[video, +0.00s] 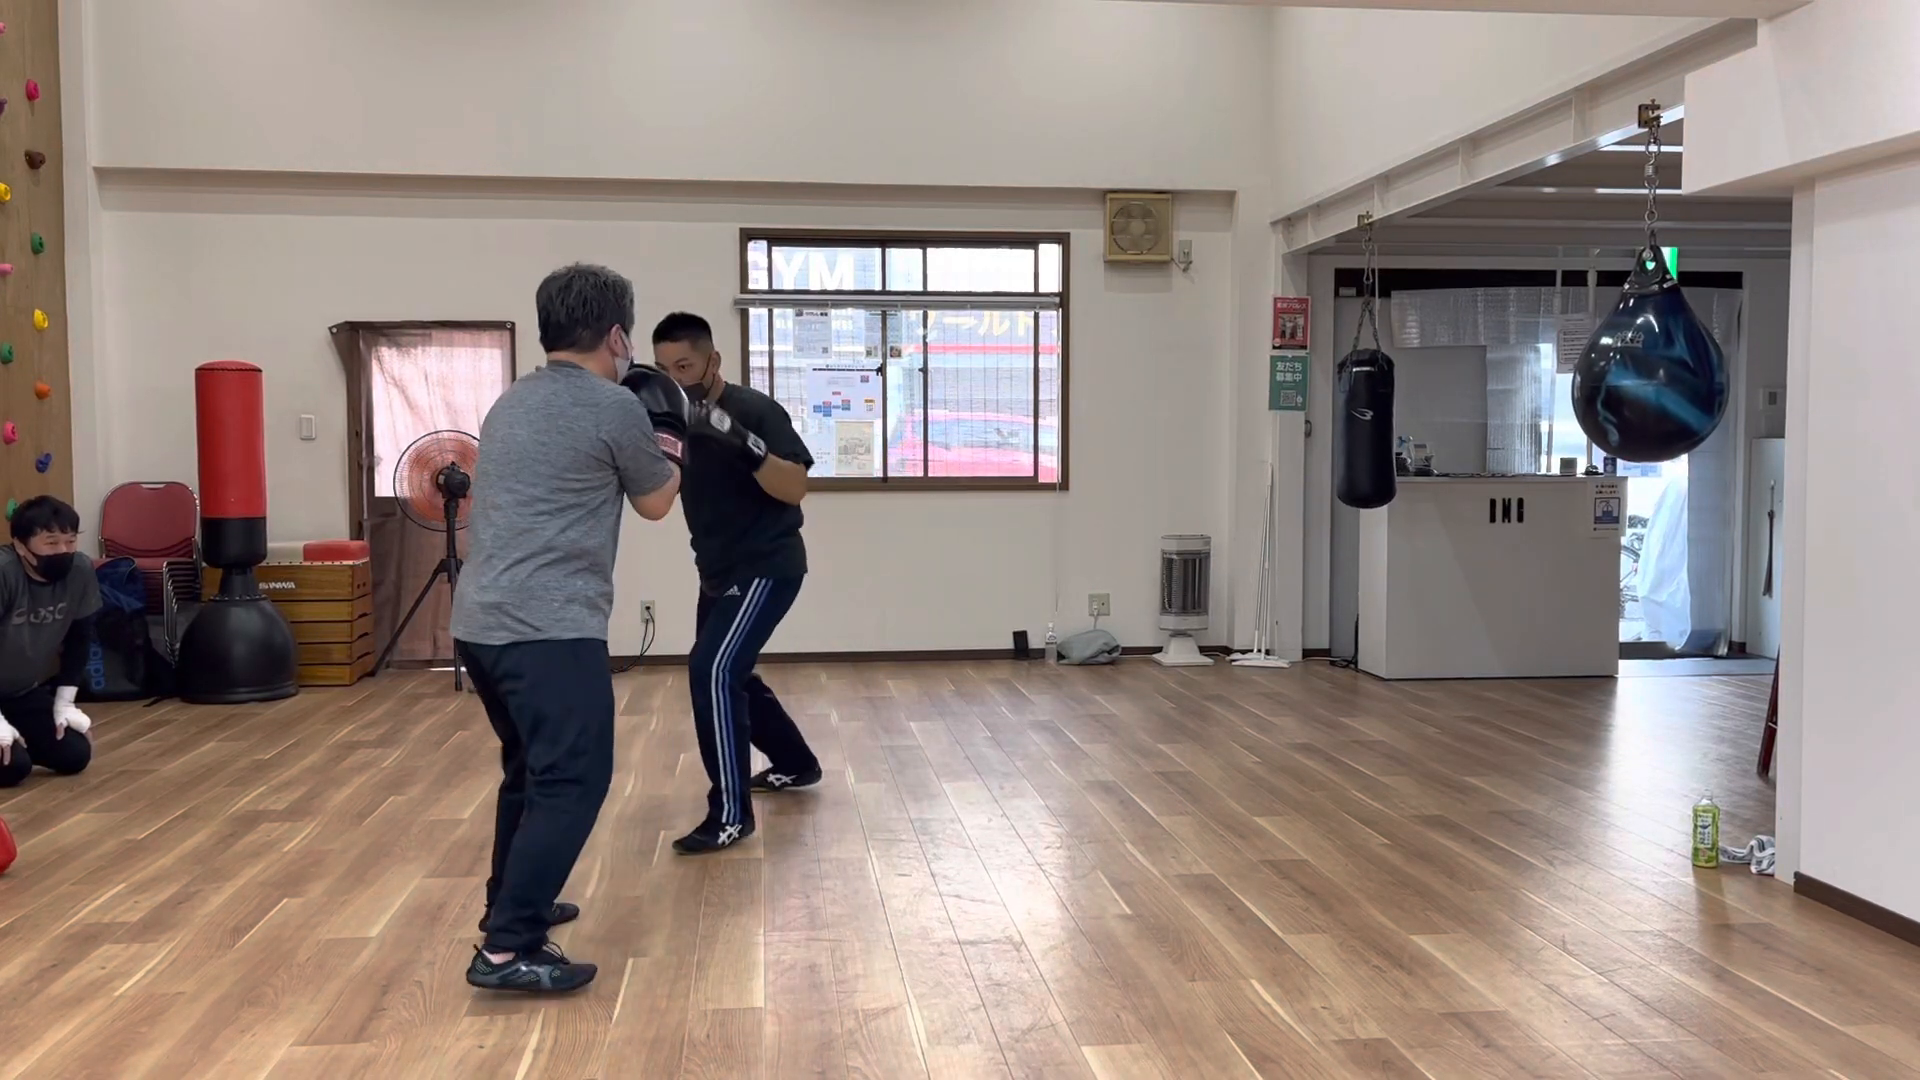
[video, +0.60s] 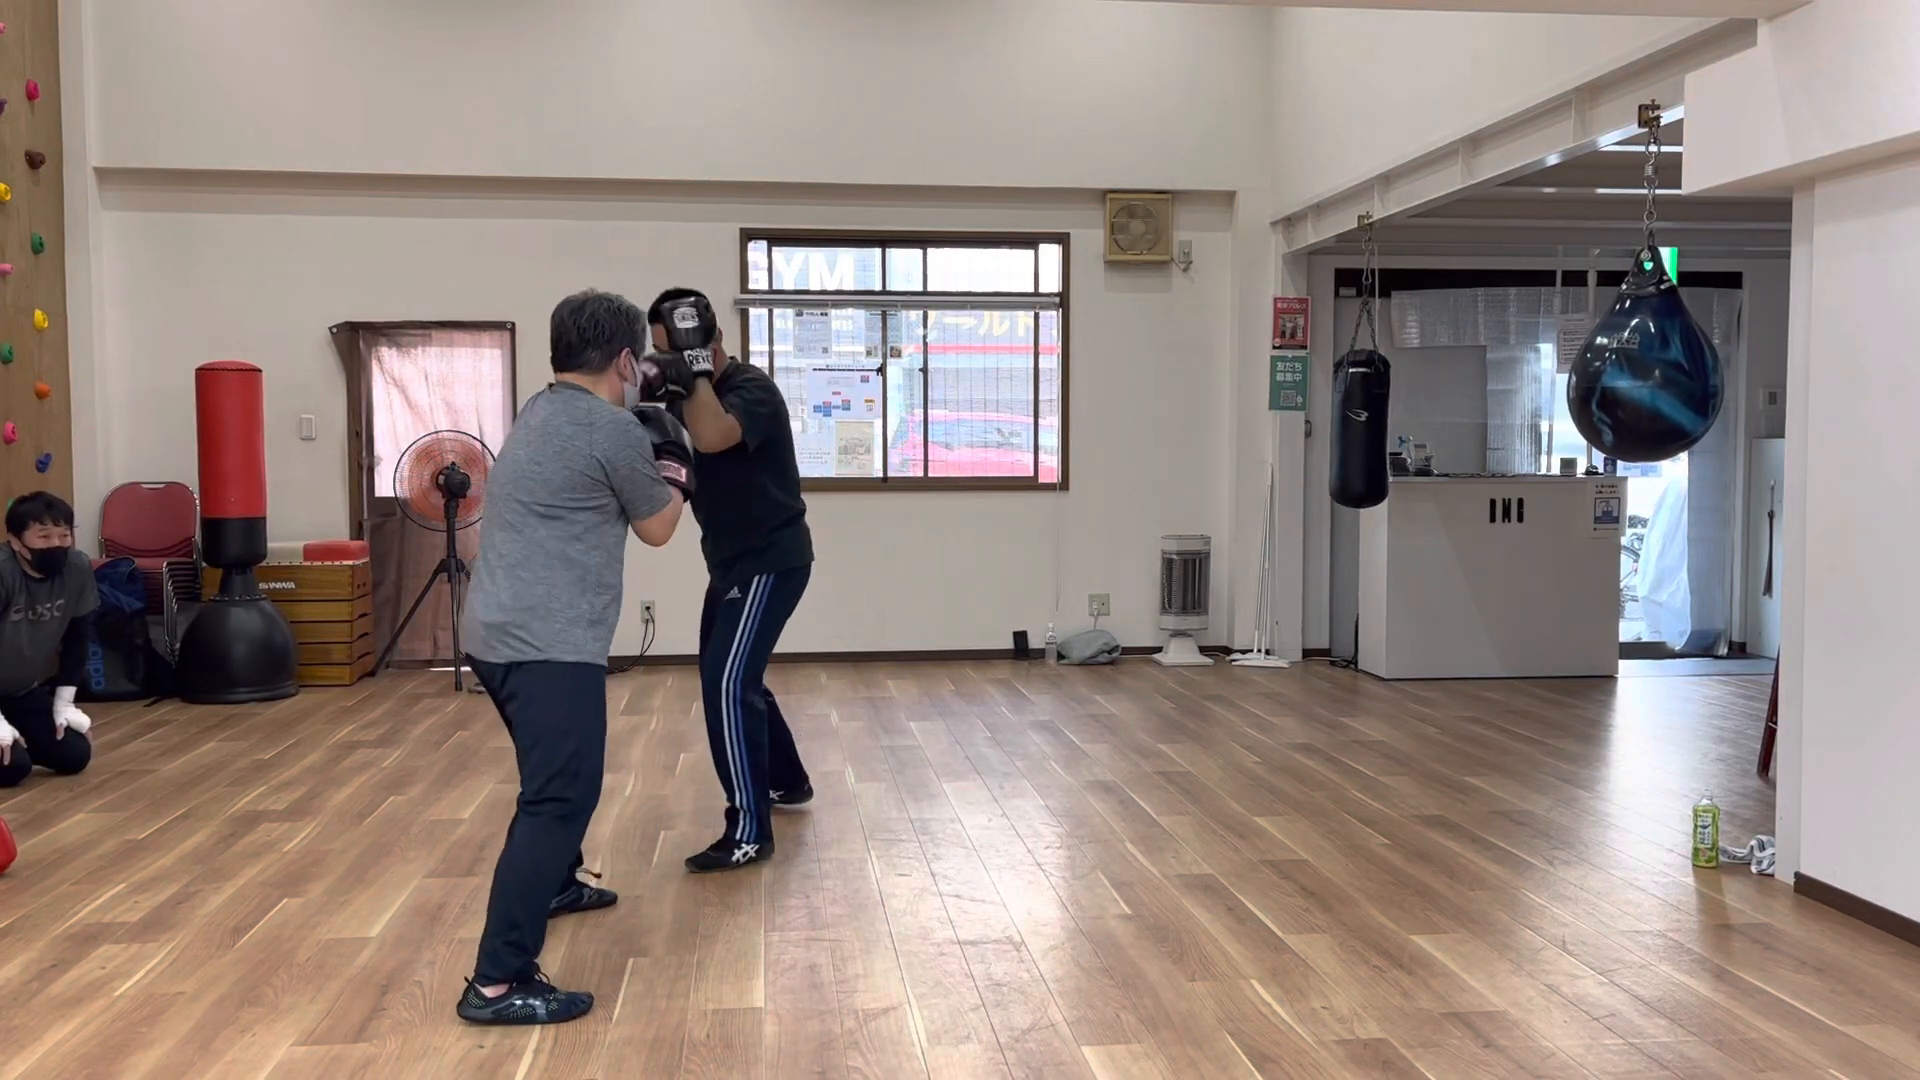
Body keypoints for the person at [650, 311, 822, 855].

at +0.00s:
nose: (677, 378)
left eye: (684, 365)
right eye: (667, 370)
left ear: (713, 359)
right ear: (662, 373)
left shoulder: (755, 409)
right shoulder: (677, 414)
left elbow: (794, 487)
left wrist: (739, 440)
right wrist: (640, 407)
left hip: (766, 566)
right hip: (719, 569)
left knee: (713, 671)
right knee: (726, 672)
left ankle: (731, 817)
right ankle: (796, 764)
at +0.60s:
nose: (668, 358)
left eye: (674, 346)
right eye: (661, 349)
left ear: (706, 342)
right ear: (655, 352)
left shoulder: (752, 389)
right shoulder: (690, 401)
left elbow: (711, 434)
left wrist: (697, 368)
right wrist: (646, 398)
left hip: (769, 562)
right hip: (732, 562)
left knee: (726, 682)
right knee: (729, 674)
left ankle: (748, 833)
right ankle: (788, 780)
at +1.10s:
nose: (646, 379)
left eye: (652, 363)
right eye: (637, 370)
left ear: (684, 350)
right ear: (632, 373)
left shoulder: (728, 396)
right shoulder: (676, 418)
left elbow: (770, 456)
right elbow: (670, 500)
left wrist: (696, 469)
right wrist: (648, 472)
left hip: (772, 563)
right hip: (746, 566)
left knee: (718, 687)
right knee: (761, 679)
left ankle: (730, 846)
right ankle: (791, 785)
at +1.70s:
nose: (644, 366)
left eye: (652, 353)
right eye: (636, 359)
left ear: (687, 346)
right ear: (633, 364)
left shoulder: (722, 384)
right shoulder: (670, 418)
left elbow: (773, 418)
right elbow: (669, 503)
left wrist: (694, 411)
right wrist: (630, 448)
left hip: (777, 555)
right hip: (745, 562)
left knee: (736, 680)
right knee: (756, 673)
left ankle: (731, 842)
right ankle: (792, 783)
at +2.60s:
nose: (618, 345)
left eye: (629, 331)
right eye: (610, 334)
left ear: (666, 327)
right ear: (608, 334)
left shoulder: (691, 379)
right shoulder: (639, 396)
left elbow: (679, 425)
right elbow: (597, 460)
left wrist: (595, 400)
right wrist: (580, 389)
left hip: (704, 564)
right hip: (676, 566)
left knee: (648, 692)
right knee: (687, 674)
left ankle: (656, 854)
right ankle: (760, 767)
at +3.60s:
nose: (599, 334)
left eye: (608, 320)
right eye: (595, 323)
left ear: (651, 316)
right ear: (633, 324)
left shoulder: (670, 369)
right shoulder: (645, 377)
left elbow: (644, 429)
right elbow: (604, 451)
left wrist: (563, 390)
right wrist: (581, 382)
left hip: (686, 567)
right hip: (705, 562)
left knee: (633, 699)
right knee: (709, 686)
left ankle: (652, 862)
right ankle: (750, 803)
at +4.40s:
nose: (613, 320)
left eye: (624, 306)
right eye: (603, 310)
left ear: (658, 303)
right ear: (594, 314)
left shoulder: (687, 356)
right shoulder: (610, 394)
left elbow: (699, 393)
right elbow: (582, 473)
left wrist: (620, 333)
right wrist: (555, 398)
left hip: (687, 574)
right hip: (641, 578)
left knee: (641, 719)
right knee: (671, 706)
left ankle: (654, 895)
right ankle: (750, 813)